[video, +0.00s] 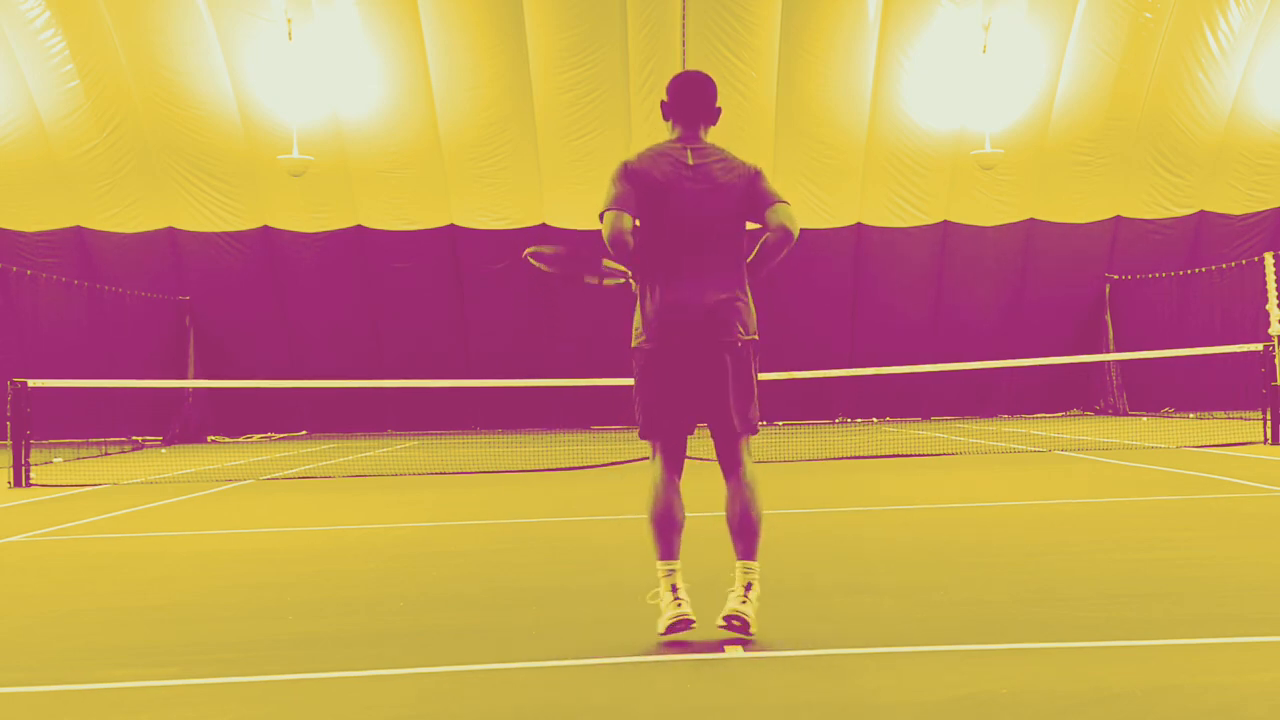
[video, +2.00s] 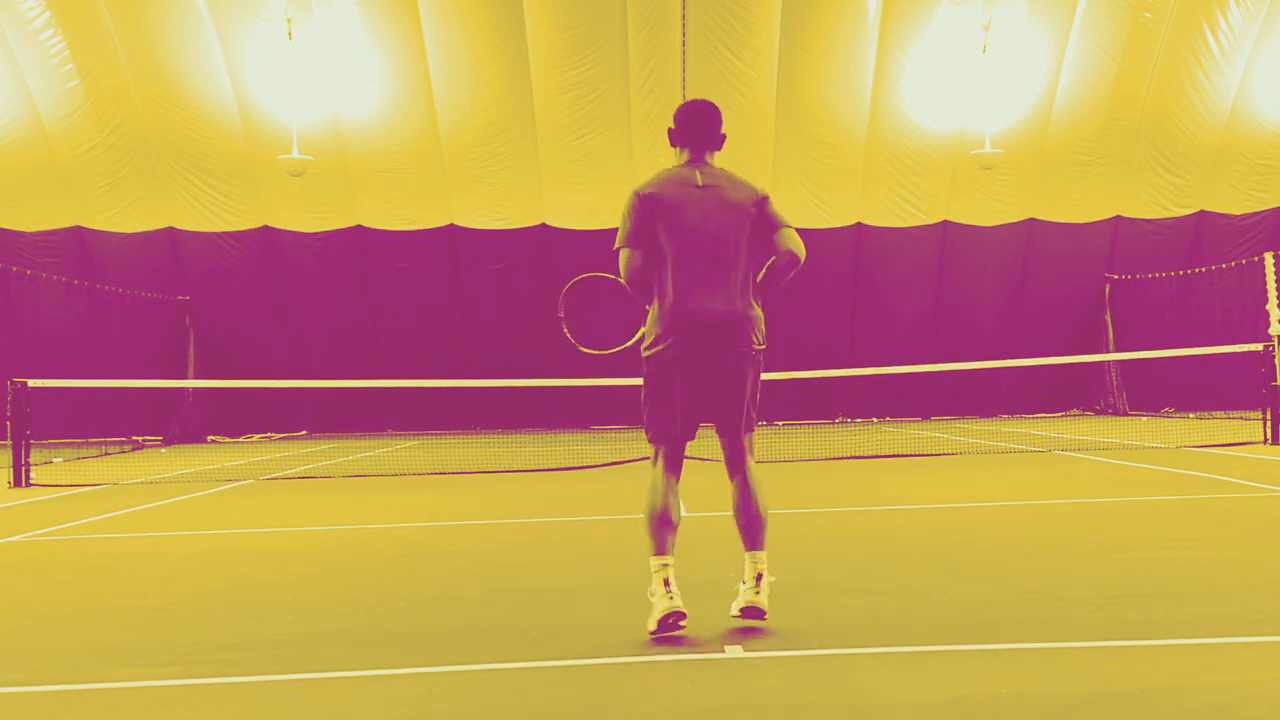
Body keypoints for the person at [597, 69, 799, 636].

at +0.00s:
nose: (680, 121)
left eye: (672, 110)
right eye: (704, 113)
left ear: (665, 113)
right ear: (716, 116)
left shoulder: (637, 168)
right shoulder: (742, 172)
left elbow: (615, 235)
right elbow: (784, 228)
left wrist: (642, 274)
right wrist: (745, 278)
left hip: (663, 328)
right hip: (727, 326)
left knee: (666, 462)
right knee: (736, 461)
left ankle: (672, 593)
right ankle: (745, 591)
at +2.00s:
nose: (692, 149)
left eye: (681, 137)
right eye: (711, 140)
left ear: (673, 140)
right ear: (721, 142)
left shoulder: (647, 196)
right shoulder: (750, 195)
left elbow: (632, 275)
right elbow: (793, 252)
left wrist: (661, 295)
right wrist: (755, 291)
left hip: (673, 340)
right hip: (736, 338)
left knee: (666, 464)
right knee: (741, 461)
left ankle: (664, 590)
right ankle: (756, 583)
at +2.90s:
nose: (626, 165)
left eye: (621, 155)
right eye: (627, 156)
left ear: (575, 158)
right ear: (625, 158)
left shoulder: (541, 213)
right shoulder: (628, 214)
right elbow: (657, 309)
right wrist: (653, 345)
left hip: (526, 368)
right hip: (589, 363)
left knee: (582, 504)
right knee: (647, 488)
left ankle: (543, 637)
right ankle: (630, 620)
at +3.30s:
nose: (578, 185)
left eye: (577, 178)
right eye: (577, 176)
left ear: (522, 172)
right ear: (566, 175)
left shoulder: (495, 219)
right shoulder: (528, 213)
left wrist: (492, 380)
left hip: (399, 378)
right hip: (454, 379)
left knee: (411, 539)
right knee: (526, 537)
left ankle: (259, 603)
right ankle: (476, 675)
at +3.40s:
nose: (565, 222)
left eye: (567, 210)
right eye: (562, 208)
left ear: (511, 198)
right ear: (543, 203)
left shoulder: (513, 264)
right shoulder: (499, 246)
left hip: (367, 398)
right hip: (426, 397)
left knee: (372, 567)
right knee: (519, 541)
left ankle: (224, 645)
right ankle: (474, 677)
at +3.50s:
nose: (543, 213)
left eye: (543, 202)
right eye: (542, 202)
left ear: (481, 199)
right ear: (532, 205)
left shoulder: (445, 241)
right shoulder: (487, 241)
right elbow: (453, 285)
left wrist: (532, 271)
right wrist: (522, 262)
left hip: (337, 389)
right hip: (403, 389)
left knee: (329, 566)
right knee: (503, 535)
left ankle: (197, 670)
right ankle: (474, 678)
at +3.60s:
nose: (497, 160)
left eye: (495, 146)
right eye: (495, 147)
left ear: (441, 146)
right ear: (484, 149)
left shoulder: (397, 197)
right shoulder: (459, 205)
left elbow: (364, 290)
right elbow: (461, 299)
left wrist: (425, 332)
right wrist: (525, 344)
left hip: (317, 357)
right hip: (390, 364)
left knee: (306, 522)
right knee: (461, 519)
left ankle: (202, 651)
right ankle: (475, 674)